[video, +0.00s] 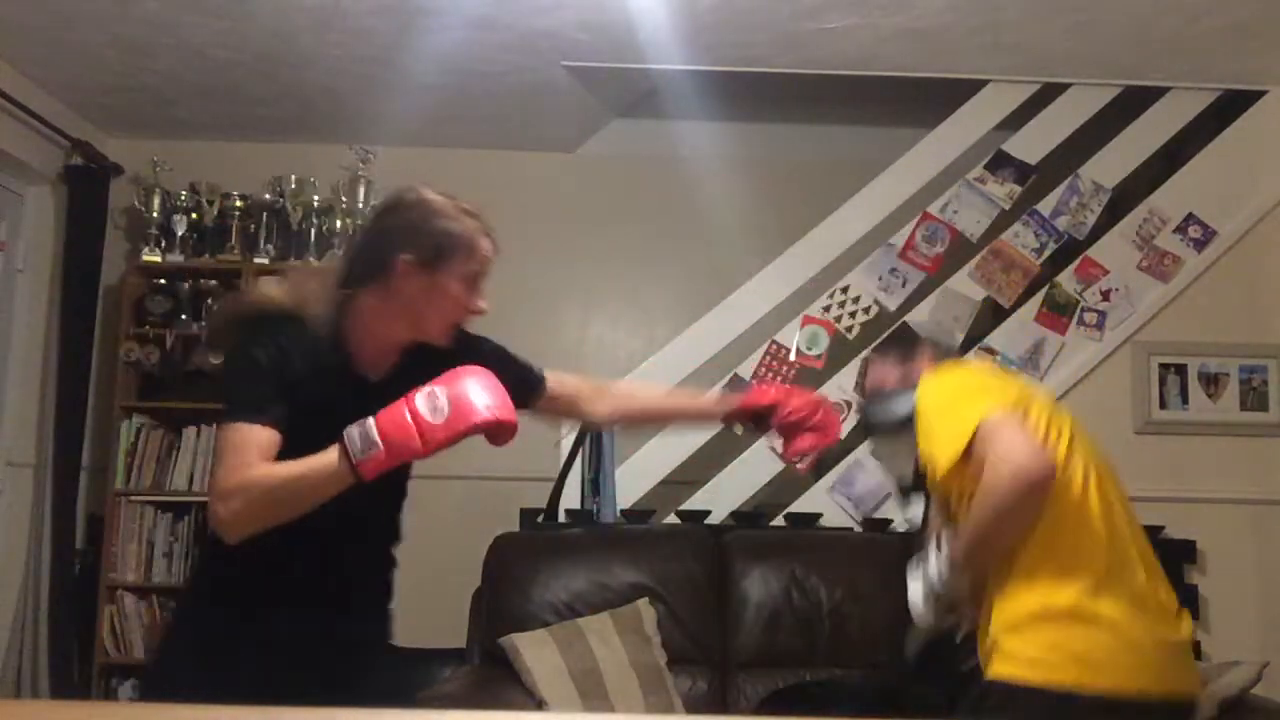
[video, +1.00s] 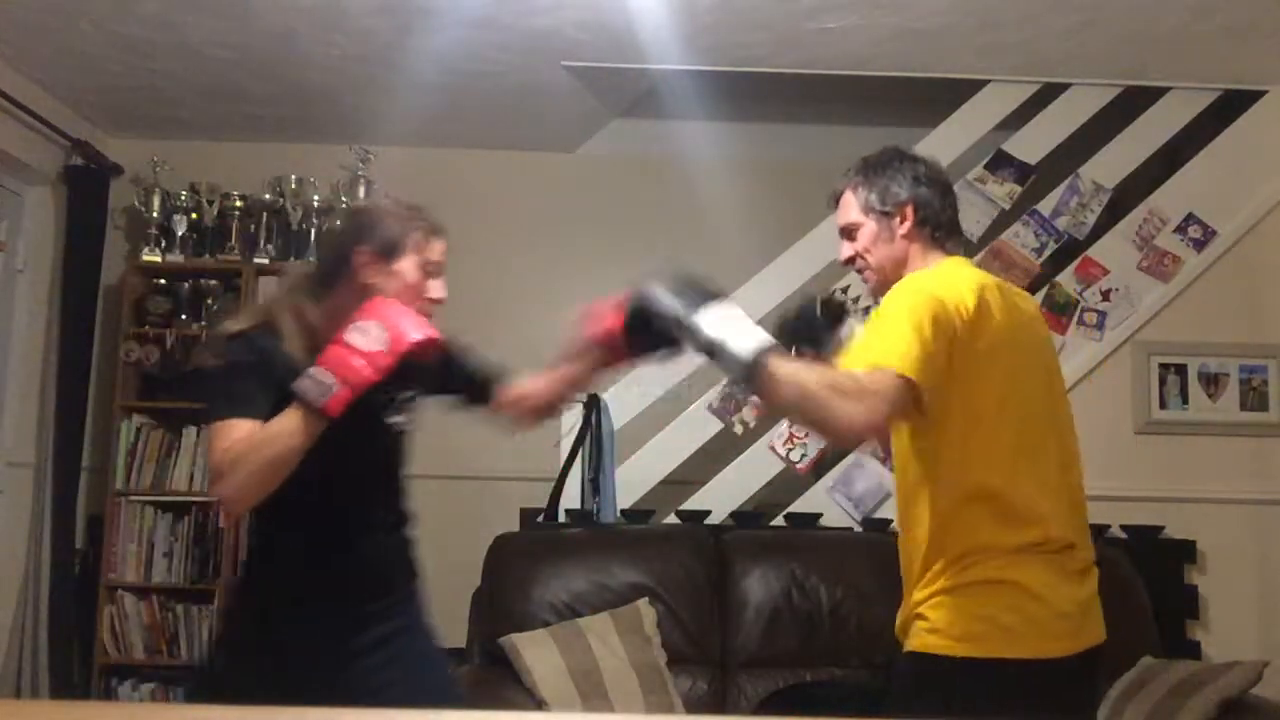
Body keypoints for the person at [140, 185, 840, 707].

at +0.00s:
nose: (475, 306)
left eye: (479, 289)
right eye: (466, 287)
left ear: (415, 280)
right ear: (404, 273)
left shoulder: (444, 357)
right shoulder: (277, 349)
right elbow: (231, 510)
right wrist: (387, 438)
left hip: (351, 664)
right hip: (227, 664)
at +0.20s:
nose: (474, 309)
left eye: (476, 290)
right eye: (466, 287)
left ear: (413, 283)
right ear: (410, 280)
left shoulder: (397, 362)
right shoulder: (293, 363)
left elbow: (396, 487)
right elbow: (303, 532)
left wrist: (500, 489)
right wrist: (413, 434)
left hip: (362, 646)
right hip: (270, 659)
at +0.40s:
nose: (377, 321)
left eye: (380, 303)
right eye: (370, 299)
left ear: (318, 298)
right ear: (313, 294)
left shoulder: (306, 380)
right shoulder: (201, 381)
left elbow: (319, 505)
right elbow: (266, 526)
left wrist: (407, 447)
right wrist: (363, 408)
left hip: (277, 666)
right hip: (180, 673)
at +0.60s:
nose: (356, 278)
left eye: (361, 261)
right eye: (348, 255)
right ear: (289, 240)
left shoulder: (309, 333)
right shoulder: (168, 317)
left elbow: (360, 449)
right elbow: (198, 465)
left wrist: (422, 378)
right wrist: (314, 363)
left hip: (258, 601)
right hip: (152, 598)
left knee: (304, 714)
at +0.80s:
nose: (348, 307)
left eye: (354, 292)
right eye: (341, 288)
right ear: (286, 280)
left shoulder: (304, 372)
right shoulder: (170, 366)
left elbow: (315, 497)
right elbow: (207, 506)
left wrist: (387, 444)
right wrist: (306, 380)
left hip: (281, 648)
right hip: (178, 653)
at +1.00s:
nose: (441, 293)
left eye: (441, 274)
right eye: (429, 271)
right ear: (367, 265)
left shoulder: (402, 351)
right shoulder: (262, 350)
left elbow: (521, 404)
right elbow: (233, 487)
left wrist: (592, 358)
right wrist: (337, 376)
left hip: (384, 622)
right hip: (280, 624)